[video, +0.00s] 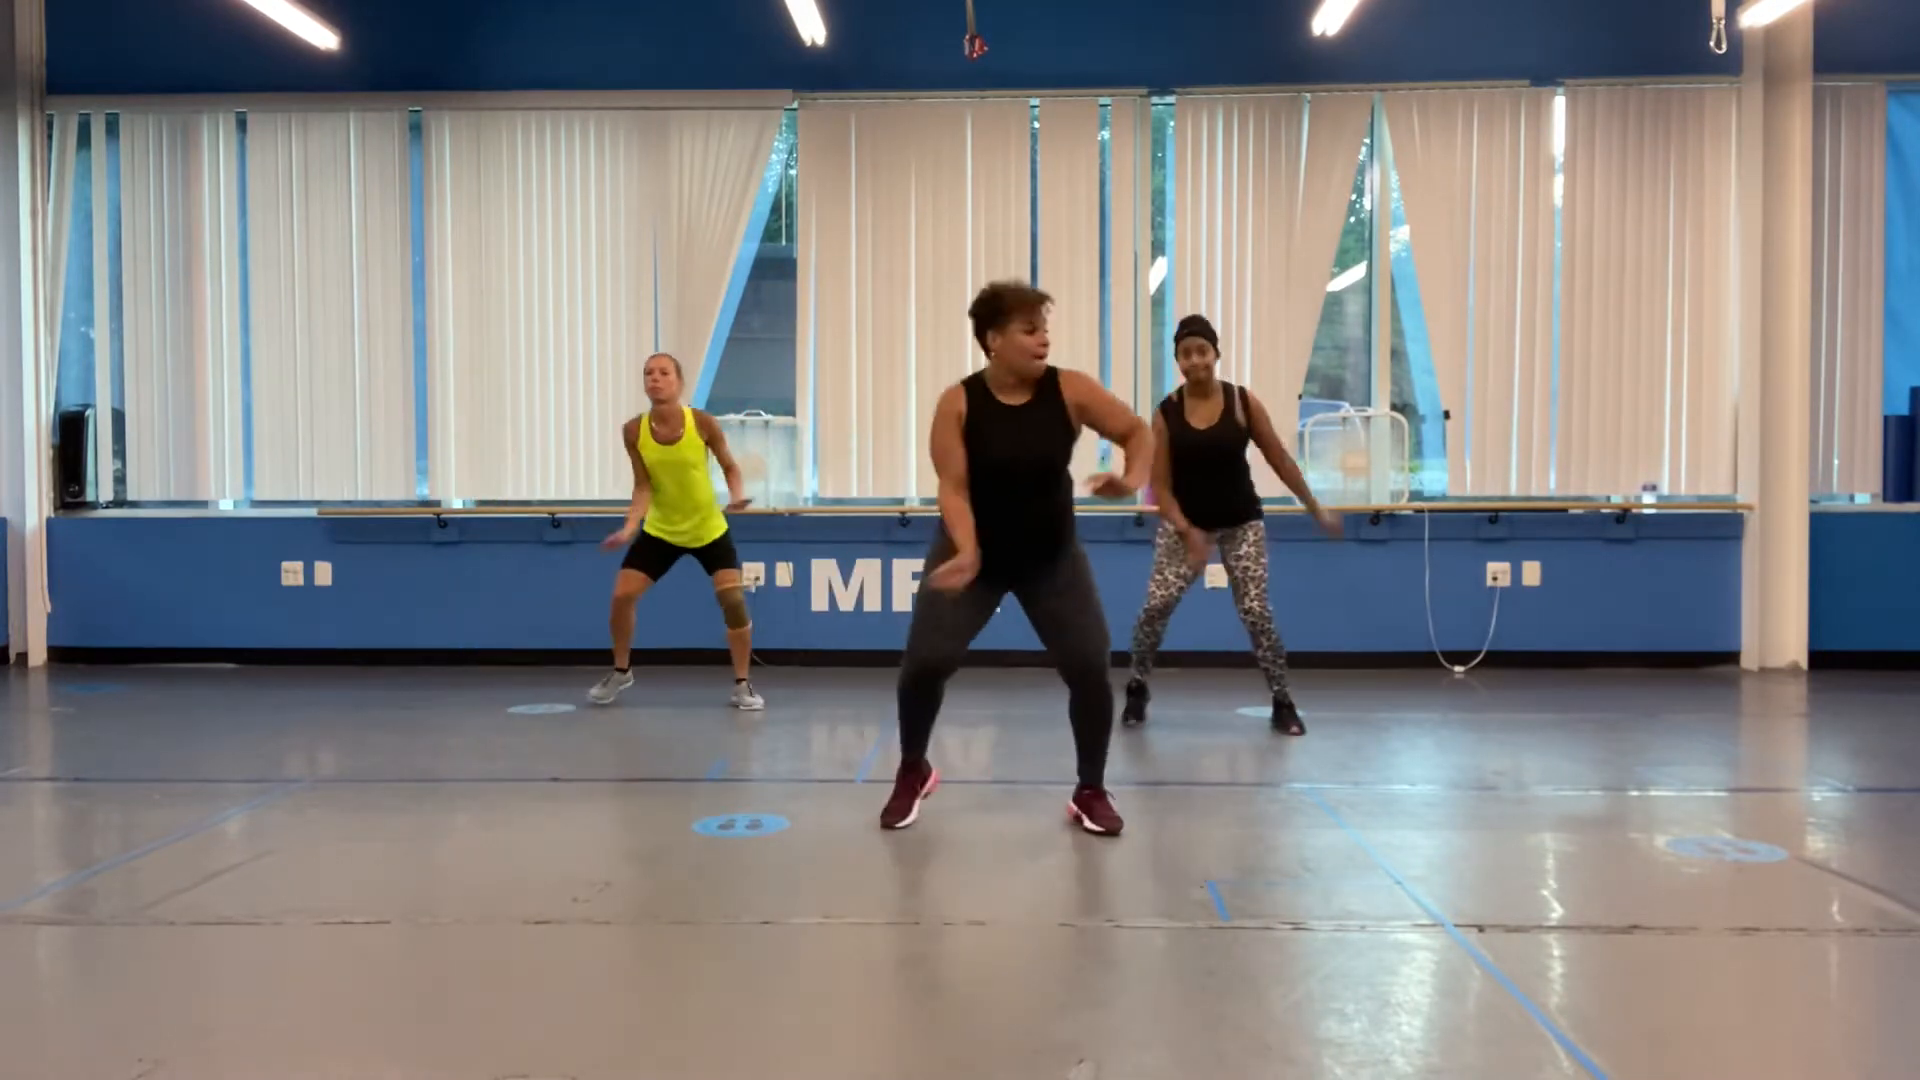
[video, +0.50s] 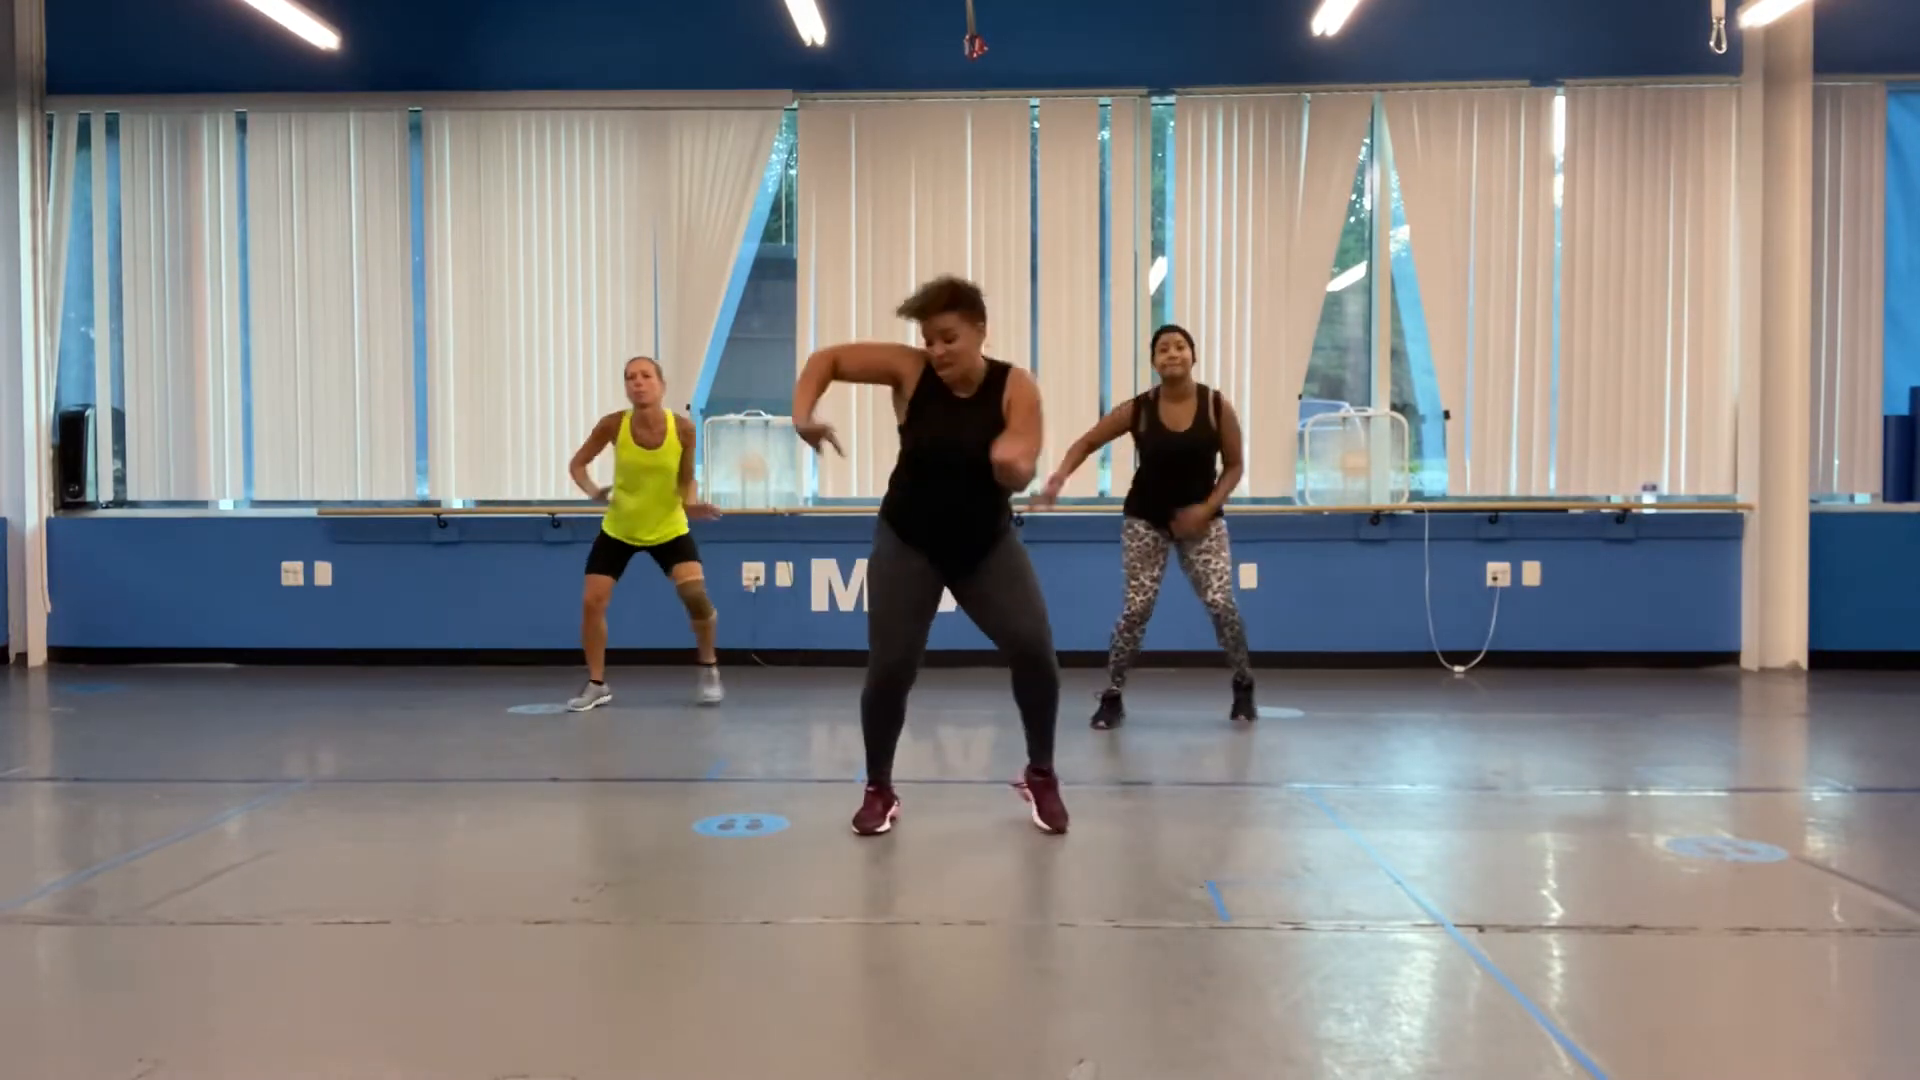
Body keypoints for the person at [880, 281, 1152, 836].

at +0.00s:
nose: (1044, 339)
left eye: (1045, 328)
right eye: (1030, 331)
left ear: (1048, 332)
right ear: (992, 341)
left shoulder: (1071, 391)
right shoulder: (957, 404)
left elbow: (1138, 433)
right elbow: (951, 486)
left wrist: (1130, 478)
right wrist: (967, 549)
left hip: (1051, 555)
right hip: (971, 553)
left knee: (1090, 666)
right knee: (923, 665)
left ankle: (1091, 790)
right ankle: (913, 769)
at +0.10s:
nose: (1028, 334)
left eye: (1029, 324)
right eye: (1015, 325)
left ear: (1028, 329)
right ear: (975, 332)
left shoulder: (1041, 382)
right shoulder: (932, 382)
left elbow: (1118, 399)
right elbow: (914, 461)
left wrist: (1138, 438)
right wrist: (996, 476)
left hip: (1033, 544)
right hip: (952, 545)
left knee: (1067, 659)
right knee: (907, 656)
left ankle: (1097, 784)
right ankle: (896, 767)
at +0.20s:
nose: (1007, 344)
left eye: (1007, 334)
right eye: (994, 335)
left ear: (1001, 341)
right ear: (954, 341)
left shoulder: (1017, 390)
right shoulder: (913, 376)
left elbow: (1082, 423)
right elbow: (875, 434)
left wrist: (1111, 432)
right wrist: (959, 430)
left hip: (1005, 541)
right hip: (930, 551)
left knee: (1057, 646)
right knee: (898, 669)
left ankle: (1113, 736)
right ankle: (881, 789)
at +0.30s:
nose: (997, 348)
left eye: (996, 338)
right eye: (984, 339)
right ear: (945, 347)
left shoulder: (1006, 413)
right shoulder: (899, 384)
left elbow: (1041, 487)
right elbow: (839, 426)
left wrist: (1078, 471)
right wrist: (917, 448)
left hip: (991, 551)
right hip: (912, 555)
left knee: (1037, 642)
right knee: (883, 674)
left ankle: (1091, 710)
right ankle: (880, 791)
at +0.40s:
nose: (981, 346)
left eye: (985, 334)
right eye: (966, 335)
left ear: (991, 338)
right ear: (934, 341)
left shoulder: (1005, 411)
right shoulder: (897, 379)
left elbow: (997, 499)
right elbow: (817, 400)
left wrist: (1033, 496)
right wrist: (856, 458)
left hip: (986, 552)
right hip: (905, 551)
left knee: (1031, 658)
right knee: (881, 672)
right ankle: (879, 791)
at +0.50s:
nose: (937, 350)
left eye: (949, 339)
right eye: (929, 339)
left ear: (980, 332)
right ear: (922, 337)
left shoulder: (1016, 388)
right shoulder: (908, 367)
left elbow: (1021, 467)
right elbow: (825, 359)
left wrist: (1005, 460)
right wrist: (801, 415)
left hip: (986, 545)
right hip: (907, 542)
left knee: (1035, 651)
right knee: (891, 668)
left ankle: (1041, 774)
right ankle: (878, 790)